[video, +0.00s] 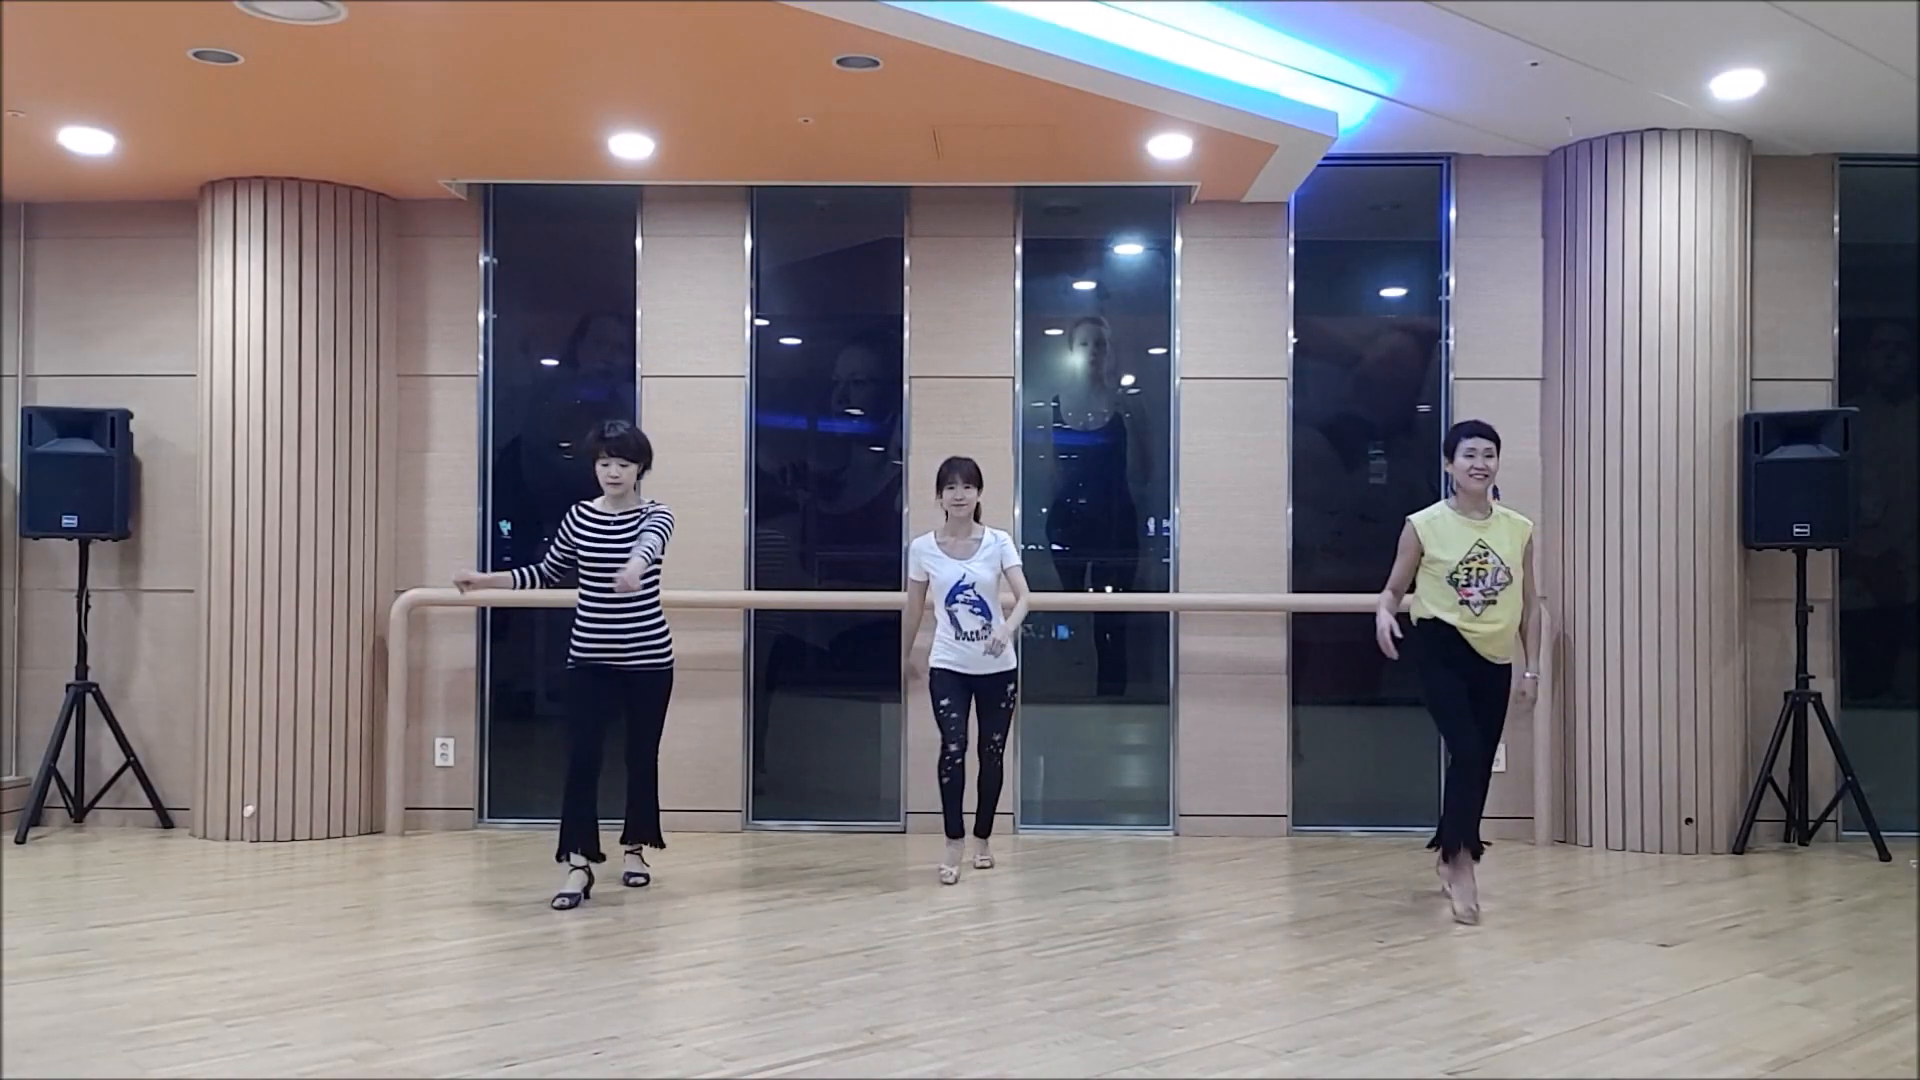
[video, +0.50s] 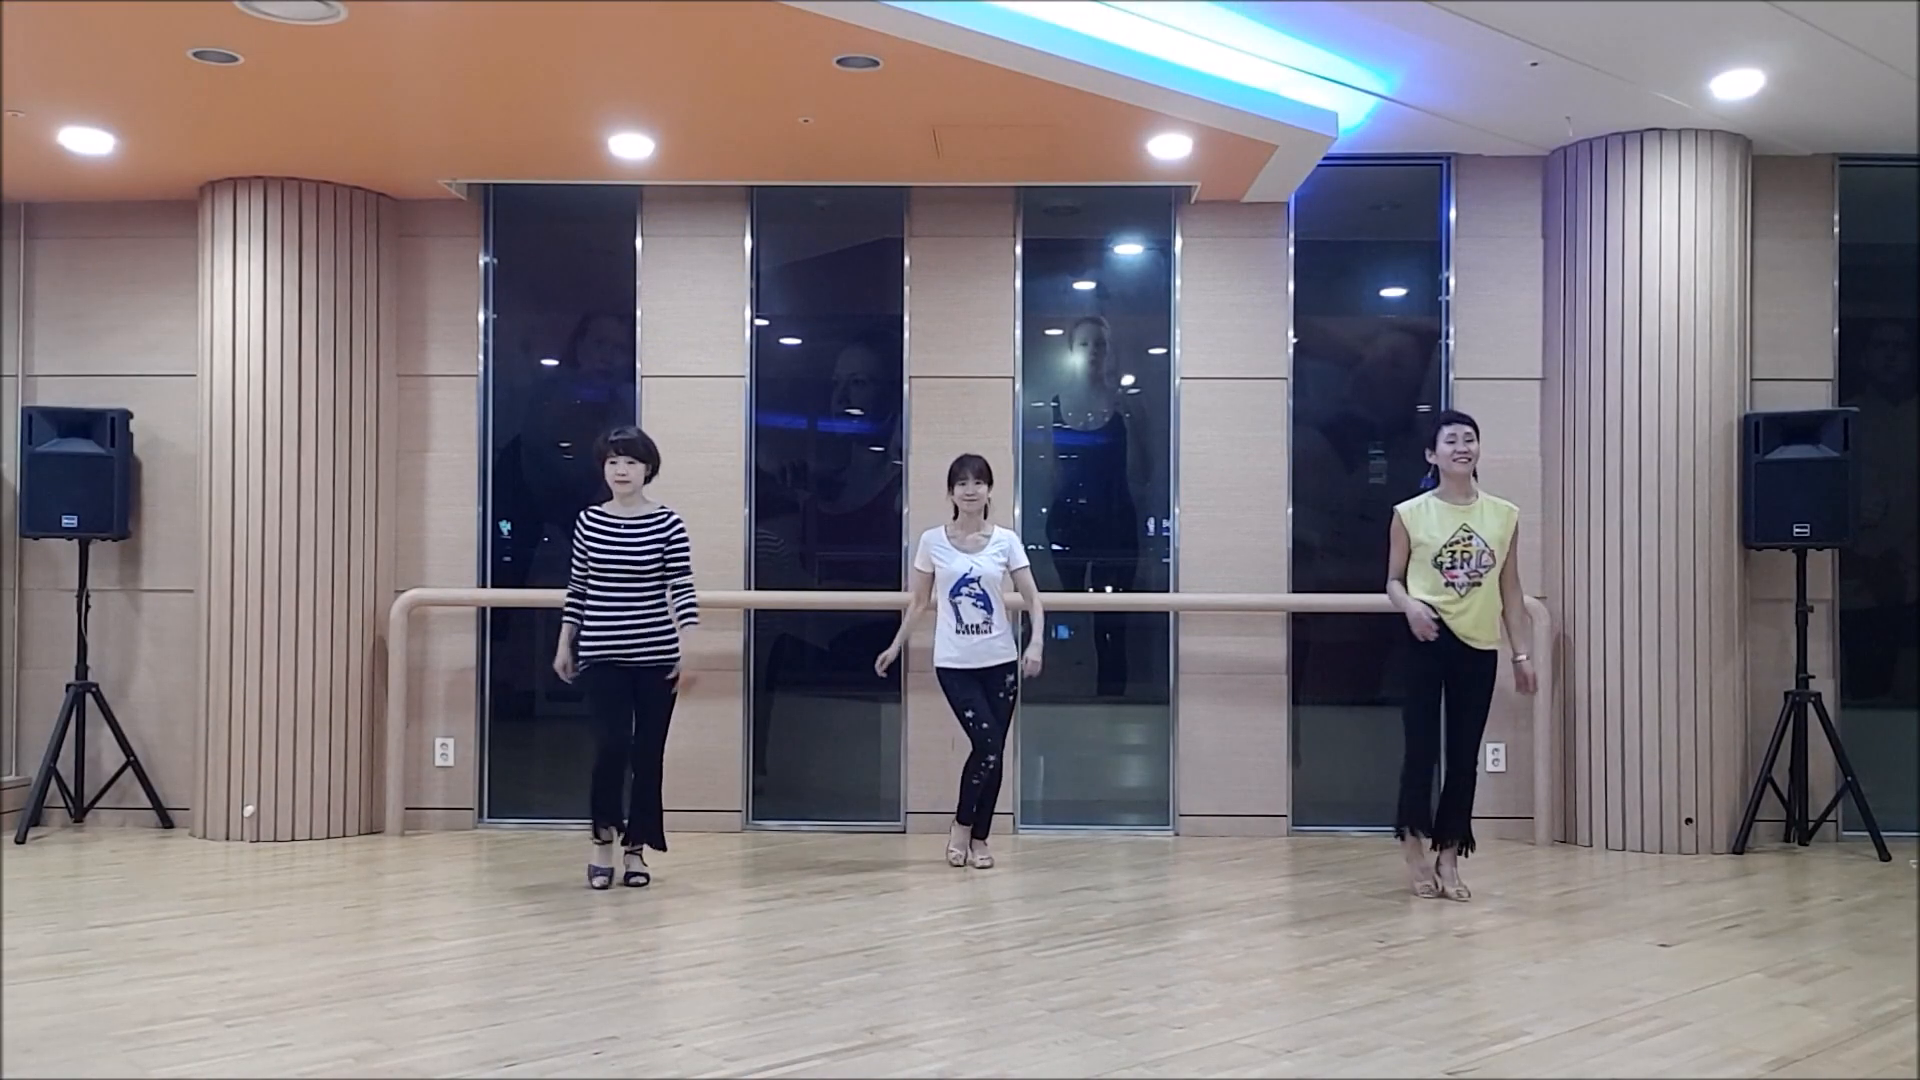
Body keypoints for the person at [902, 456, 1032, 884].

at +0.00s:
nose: (959, 494)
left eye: (967, 486)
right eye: (950, 487)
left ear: (979, 493)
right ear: (939, 494)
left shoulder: (999, 543)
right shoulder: (923, 548)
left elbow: (1024, 597)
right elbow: (914, 606)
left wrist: (1008, 628)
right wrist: (905, 653)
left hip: (997, 665)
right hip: (948, 664)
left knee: (992, 753)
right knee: (952, 751)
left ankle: (982, 839)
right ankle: (953, 843)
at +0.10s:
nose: (961, 491)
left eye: (969, 484)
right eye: (953, 485)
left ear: (981, 491)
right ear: (941, 493)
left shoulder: (1001, 540)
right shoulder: (926, 546)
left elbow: (1031, 596)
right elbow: (915, 601)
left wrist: (1014, 621)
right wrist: (906, 638)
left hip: (999, 661)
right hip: (951, 659)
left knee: (994, 749)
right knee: (975, 736)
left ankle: (982, 839)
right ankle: (960, 824)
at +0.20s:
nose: (964, 489)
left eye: (972, 482)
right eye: (955, 482)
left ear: (983, 489)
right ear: (944, 489)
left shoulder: (1001, 537)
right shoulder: (928, 542)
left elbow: (1031, 592)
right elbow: (913, 594)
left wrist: (1022, 622)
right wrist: (899, 630)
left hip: (1000, 659)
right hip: (952, 657)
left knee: (994, 750)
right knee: (986, 739)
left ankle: (982, 839)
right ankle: (964, 817)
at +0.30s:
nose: (967, 488)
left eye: (974, 481)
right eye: (959, 482)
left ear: (985, 489)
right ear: (946, 490)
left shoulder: (1003, 539)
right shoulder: (929, 541)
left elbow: (1032, 595)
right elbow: (911, 594)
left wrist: (1026, 628)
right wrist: (888, 636)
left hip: (1001, 660)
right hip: (954, 662)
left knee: (994, 752)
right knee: (987, 745)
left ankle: (982, 841)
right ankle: (963, 830)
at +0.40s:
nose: (969, 489)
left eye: (976, 481)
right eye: (960, 482)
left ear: (987, 488)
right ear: (948, 489)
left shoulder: (1004, 540)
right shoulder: (931, 540)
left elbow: (1031, 596)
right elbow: (911, 597)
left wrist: (1027, 637)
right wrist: (885, 642)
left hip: (1000, 660)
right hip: (955, 663)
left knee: (994, 753)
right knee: (986, 746)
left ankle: (981, 839)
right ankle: (962, 829)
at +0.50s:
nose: (971, 489)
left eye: (979, 482)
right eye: (963, 483)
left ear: (990, 489)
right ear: (951, 490)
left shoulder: (1005, 541)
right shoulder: (932, 541)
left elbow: (1033, 599)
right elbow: (917, 603)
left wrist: (1035, 644)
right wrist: (896, 646)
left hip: (1000, 660)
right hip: (953, 662)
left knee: (994, 751)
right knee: (987, 744)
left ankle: (980, 840)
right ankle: (961, 828)